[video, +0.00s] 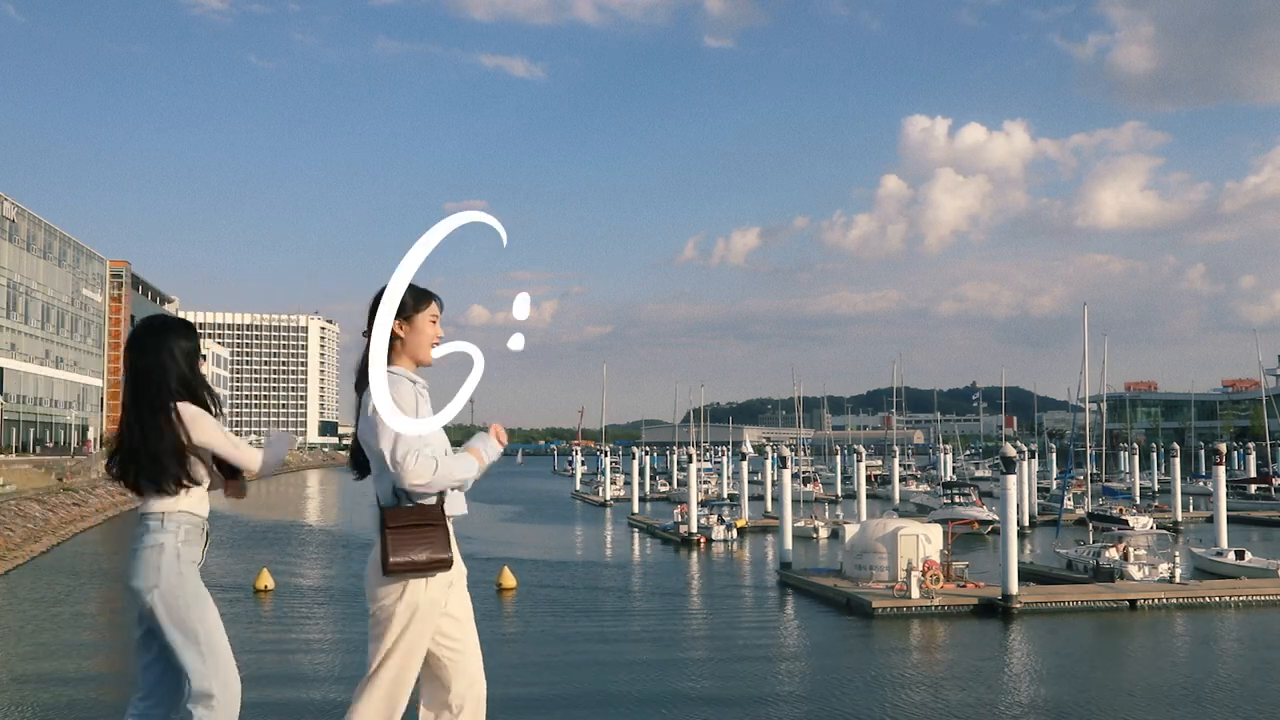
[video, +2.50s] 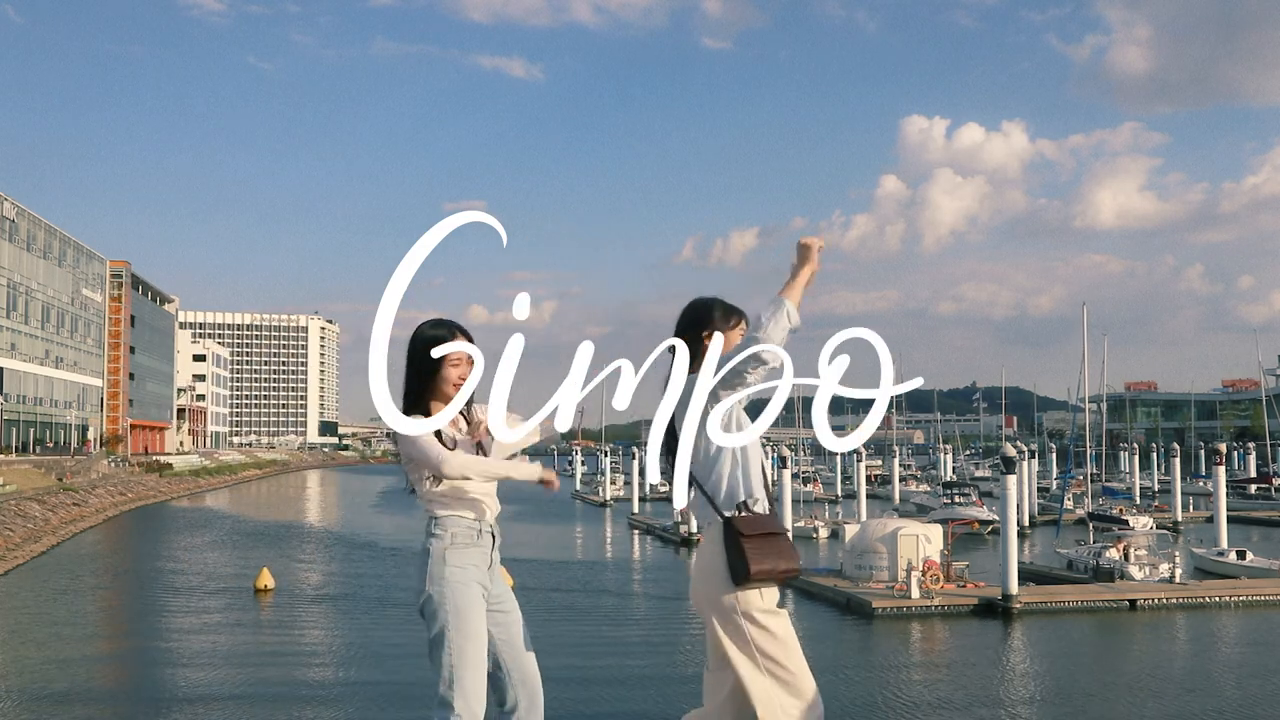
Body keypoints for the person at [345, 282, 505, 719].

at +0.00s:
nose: (439, 333)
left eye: (439, 323)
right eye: (431, 322)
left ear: (407, 331)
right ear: (399, 328)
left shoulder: (412, 388)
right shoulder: (390, 389)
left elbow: (425, 472)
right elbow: (415, 473)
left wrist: (476, 452)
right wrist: (480, 451)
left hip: (438, 541)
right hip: (410, 543)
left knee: (462, 692)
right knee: (383, 693)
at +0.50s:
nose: (483, 336)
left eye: (484, 326)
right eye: (476, 326)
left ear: (449, 327)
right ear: (447, 326)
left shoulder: (437, 377)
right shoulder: (448, 371)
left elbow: (521, 344)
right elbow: (494, 328)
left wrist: (557, 289)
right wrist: (540, 252)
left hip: (458, 545)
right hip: (486, 547)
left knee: (474, 690)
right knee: (540, 686)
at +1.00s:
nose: (546, 342)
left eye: (546, 332)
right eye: (538, 332)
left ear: (511, 340)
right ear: (511, 338)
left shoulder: (525, 389)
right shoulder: (491, 394)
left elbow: (587, 344)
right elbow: (555, 346)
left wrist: (640, 294)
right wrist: (609, 278)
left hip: (549, 553)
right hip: (522, 557)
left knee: (604, 692)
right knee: (559, 699)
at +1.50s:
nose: (607, 333)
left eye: (605, 324)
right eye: (600, 323)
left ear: (577, 329)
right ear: (574, 329)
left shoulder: (592, 384)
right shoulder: (553, 383)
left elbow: (641, 341)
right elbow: (609, 332)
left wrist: (687, 280)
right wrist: (658, 252)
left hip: (622, 539)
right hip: (586, 541)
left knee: (657, 698)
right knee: (603, 699)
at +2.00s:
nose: (673, 347)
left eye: (673, 336)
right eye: (665, 336)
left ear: (636, 341)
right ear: (633, 340)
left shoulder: (640, 392)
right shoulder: (621, 390)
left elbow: (699, 342)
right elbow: (684, 344)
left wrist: (750, 287)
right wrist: (740, 274)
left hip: (655, 549)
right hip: (643, 551)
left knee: (663, 697)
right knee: (723, 695)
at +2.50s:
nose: (747, 343)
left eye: (746, 333)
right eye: (739, 332)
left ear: (701, 340)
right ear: (709, 338)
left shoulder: (689, 397)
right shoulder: (710, 391)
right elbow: (766, 345)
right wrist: (804, 269)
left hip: (716, 557)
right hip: (735, 558)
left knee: (726, 700)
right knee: (795, 697)